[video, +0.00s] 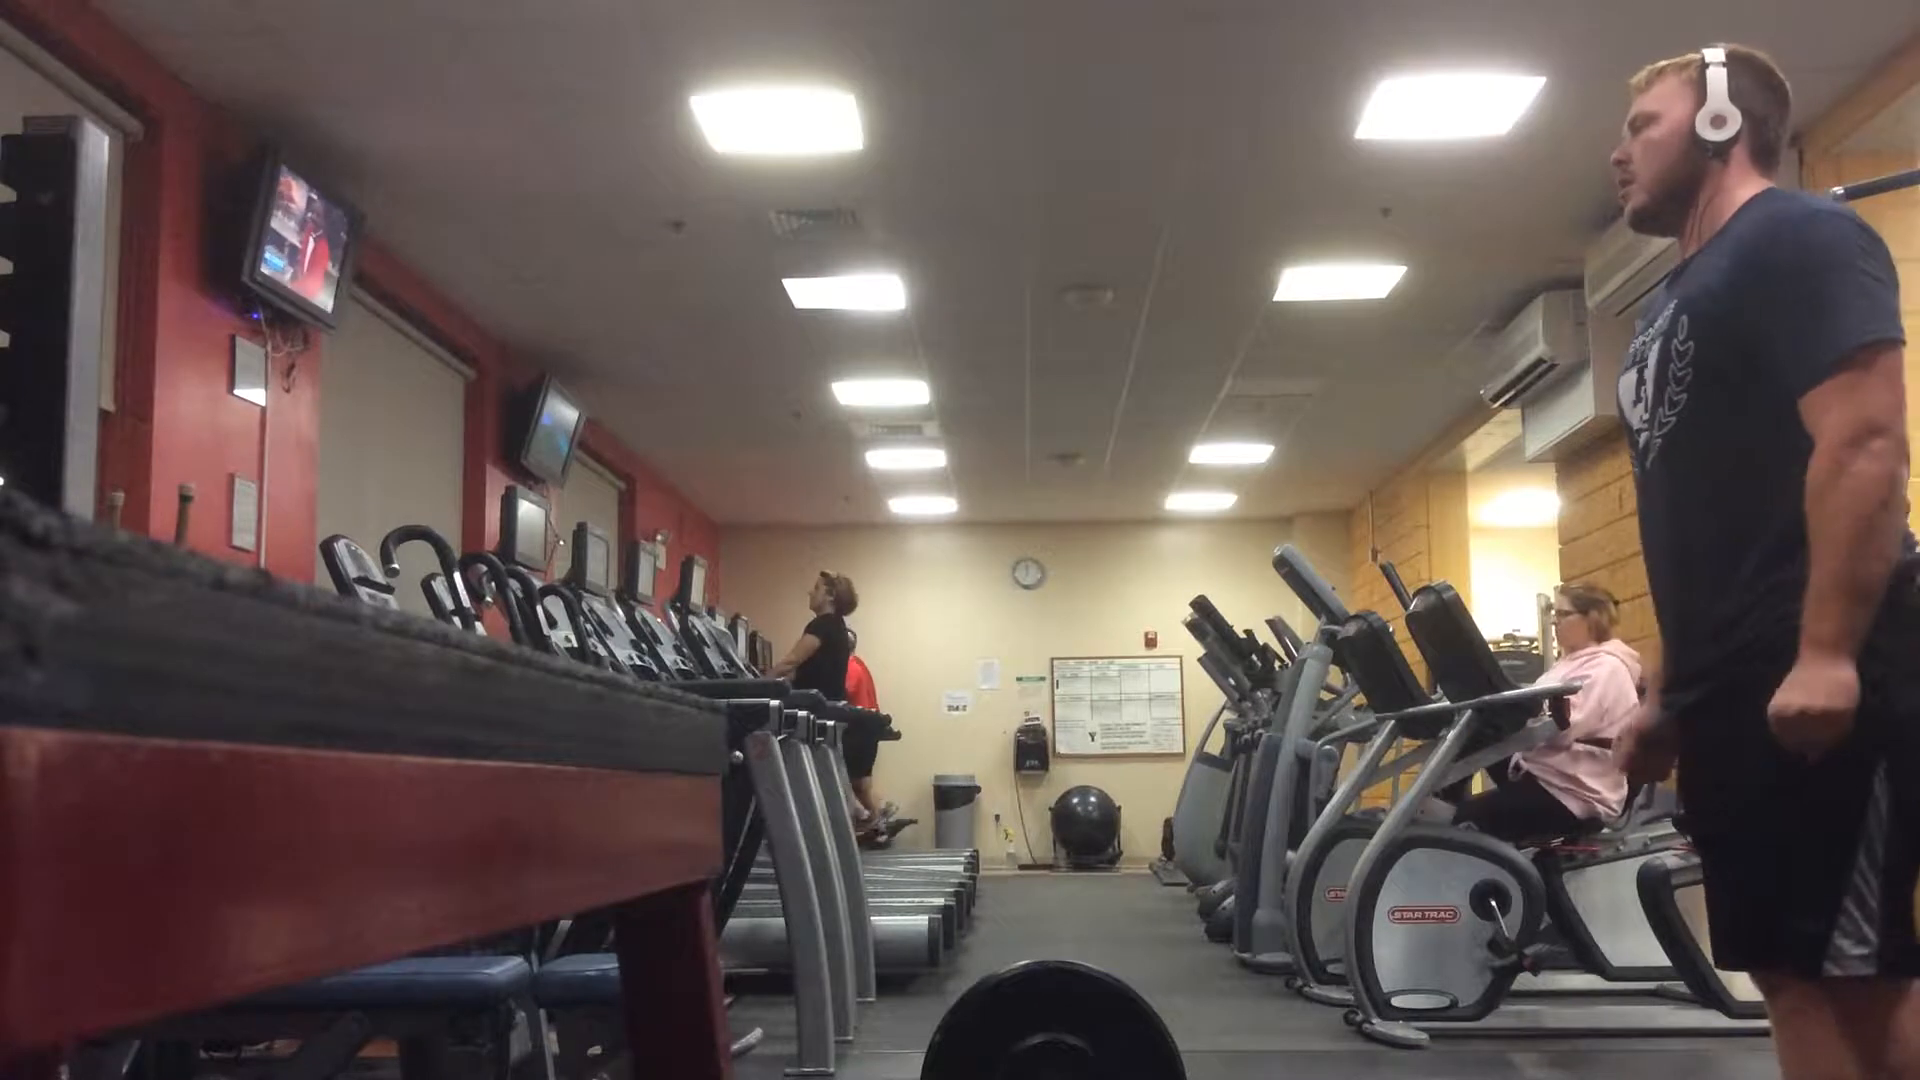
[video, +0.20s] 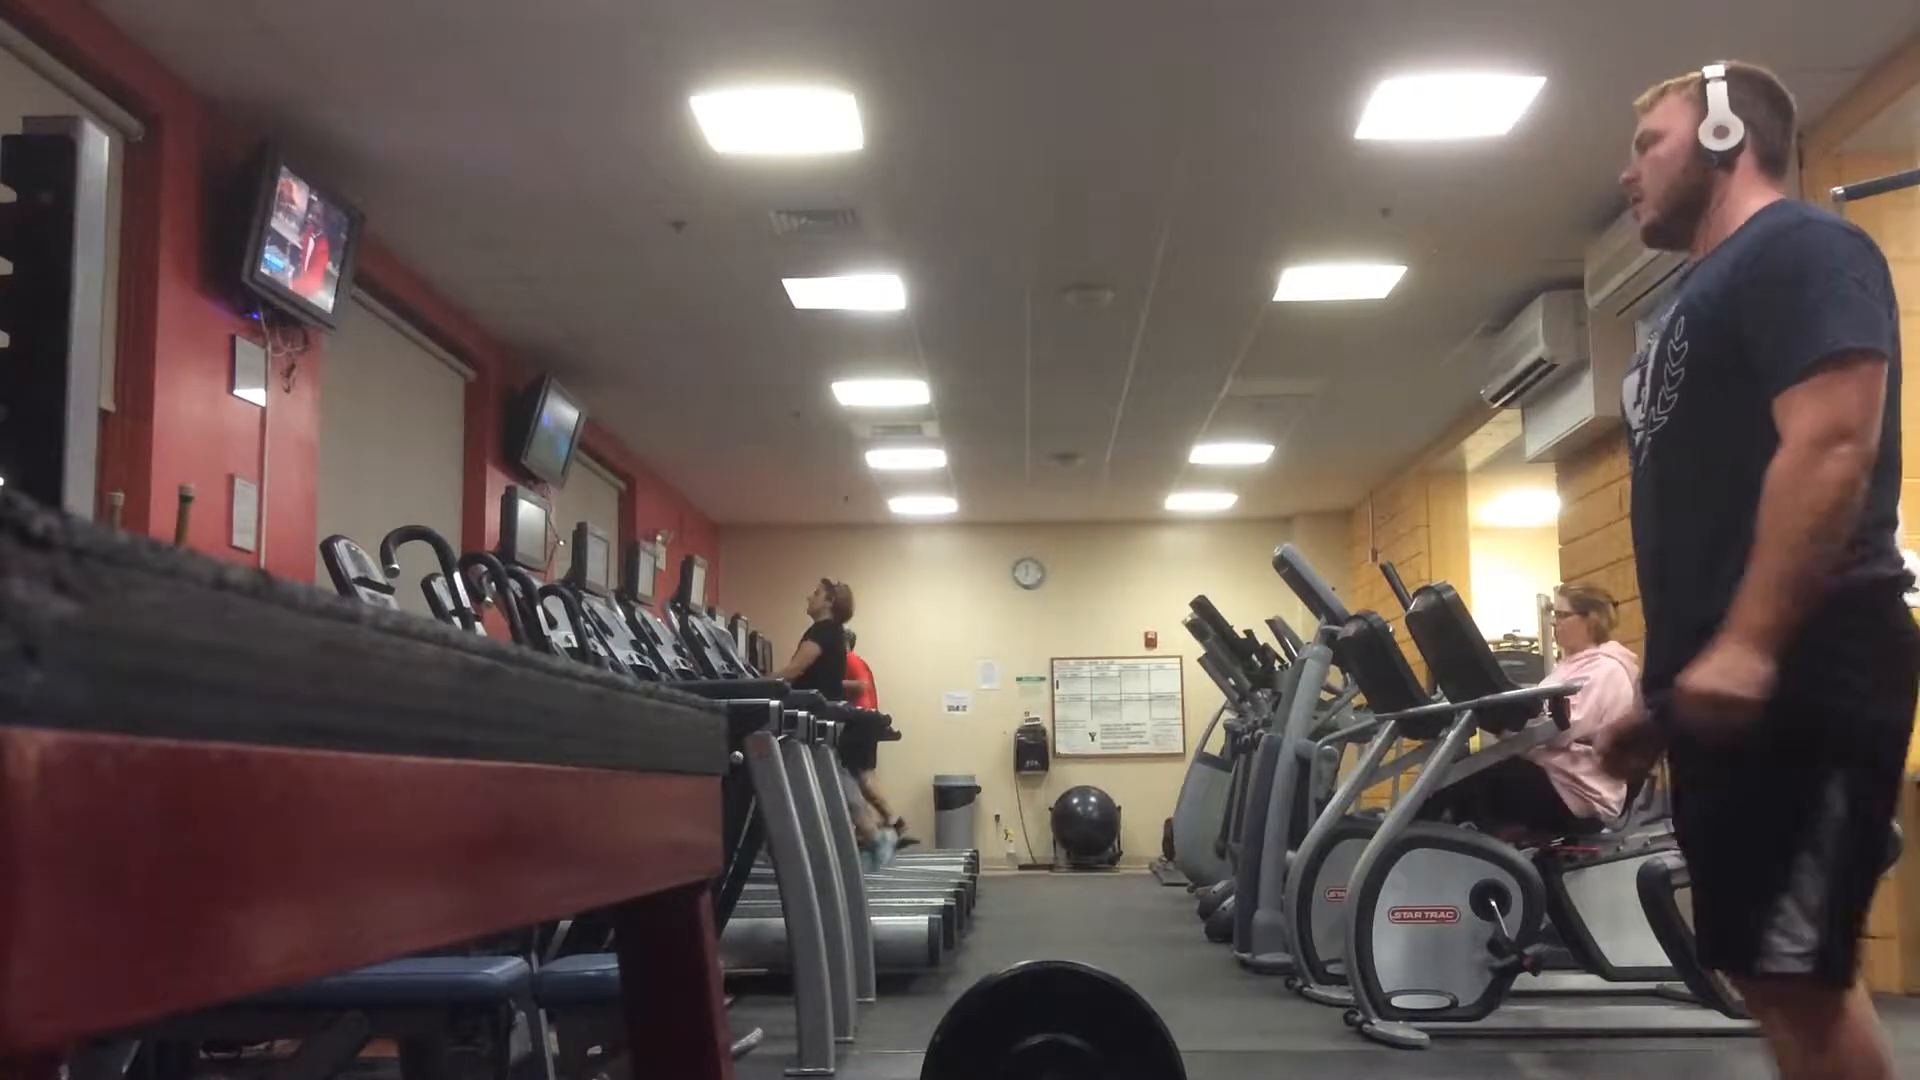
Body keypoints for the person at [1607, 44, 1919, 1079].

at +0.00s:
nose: (1619, 150)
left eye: (1641, 124)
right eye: (1623, 131)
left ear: (1721, 127)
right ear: (1705, 135)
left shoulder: (1798, 231)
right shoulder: (1665, 310)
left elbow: (1865, 441)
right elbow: (1708, 526)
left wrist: (1828, 651)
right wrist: (1677, 702)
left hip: (1834, 673)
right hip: (1733, 693)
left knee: (1868, 983)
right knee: (1789, 979)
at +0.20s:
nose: (1629, 170)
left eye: (1648, 141)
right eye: (1633, 148)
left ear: (1724, 139)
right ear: (1714, 147)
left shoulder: (1801, 242)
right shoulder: (1688, 305)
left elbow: (1832, 442)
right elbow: (1706, 524)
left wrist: (1747, 638)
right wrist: (1655, 698)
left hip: (1820, 641)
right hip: (1737, 653)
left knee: (1800, 978)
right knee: (1763, 968)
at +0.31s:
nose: (1631, 181)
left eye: (1650, 152)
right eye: (1636, 158)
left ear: (1725, 147)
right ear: (1722, 156)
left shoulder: (1805, 251)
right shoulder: (1706, 310)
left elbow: (1811, 452)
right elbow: (1699, 528)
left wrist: (1684, 629)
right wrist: (1633, 696)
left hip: (1811, 637)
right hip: (1758, 646)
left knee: (1689, 929)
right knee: (1809, 956)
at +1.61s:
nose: (1578, 198)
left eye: (1598, 172)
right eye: (1578, 179)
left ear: (1677, 172)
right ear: (1671, 182)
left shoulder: (1776, 256)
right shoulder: (1644, 357)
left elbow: (1850, 441)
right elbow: (1664, 564)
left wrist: (1823, 636)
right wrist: (1620, 732)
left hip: (1812, 658)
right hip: (1732, 683)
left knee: (1738, 949)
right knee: (1830, 975)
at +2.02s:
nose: (1559, 209)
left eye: (1568, 177)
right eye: (1550, 190)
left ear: (1646, 142)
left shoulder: (1769, 246)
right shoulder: (1618, 324)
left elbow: (1792, 456)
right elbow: (1612, 531)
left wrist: (1674, 637)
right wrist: (1551, 687)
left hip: (1773, 645)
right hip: (1670, 663)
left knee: (1773, 985)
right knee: (1732, 978)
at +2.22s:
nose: (1542, 228)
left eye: (1545, 196)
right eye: (1530, 213)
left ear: (1621, 149)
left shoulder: (1769, 242)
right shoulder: (1612, 330)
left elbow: (1774, 455)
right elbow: (1611, 541)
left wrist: (1581, 590)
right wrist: (1512, 668)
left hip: (1770, 649)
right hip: (1645, 660)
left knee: (1770, 987)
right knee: (1599, 942)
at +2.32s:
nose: (1520, 224)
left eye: (1525, 188)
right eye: (1509, 206)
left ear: (1601, 144)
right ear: (1596, 160)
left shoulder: (1750, 238)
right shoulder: (1613, 313)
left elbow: (1778, 456)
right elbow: (1617, 541)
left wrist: (1594, 619)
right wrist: (1539, 680)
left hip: (1773, 642)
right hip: (1649, 651)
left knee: (1766, 983)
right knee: (1561, 919)